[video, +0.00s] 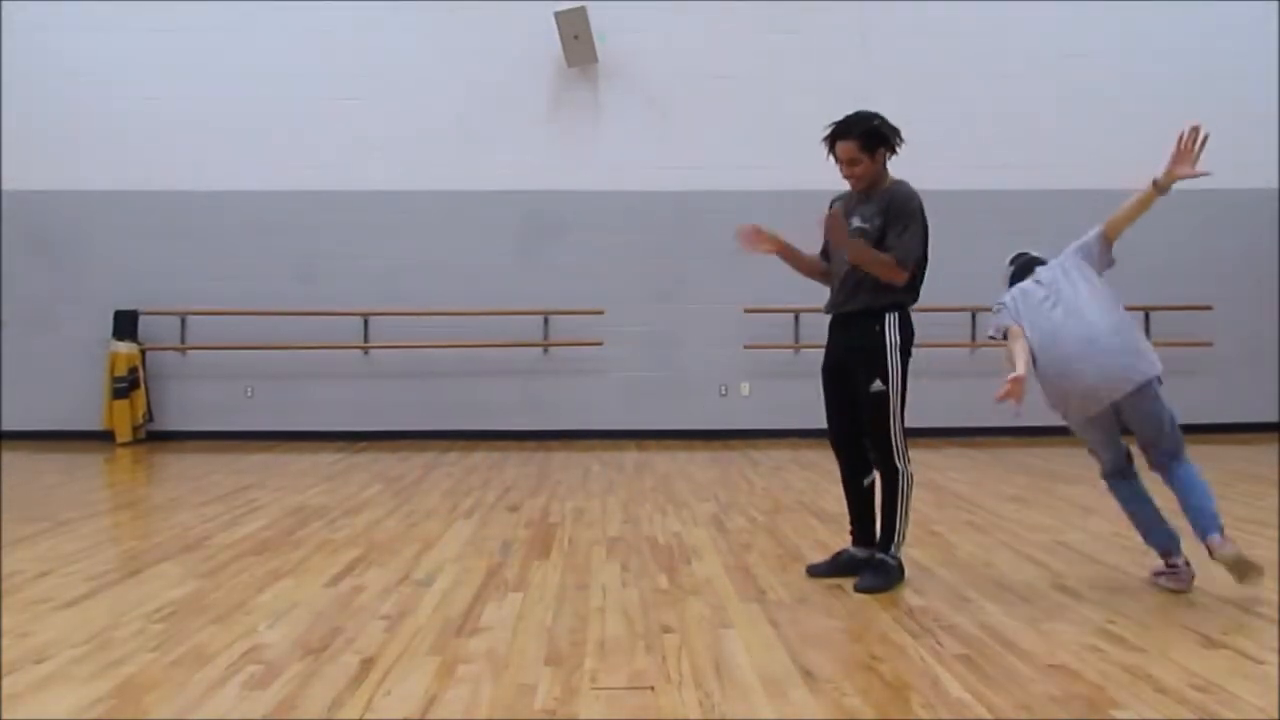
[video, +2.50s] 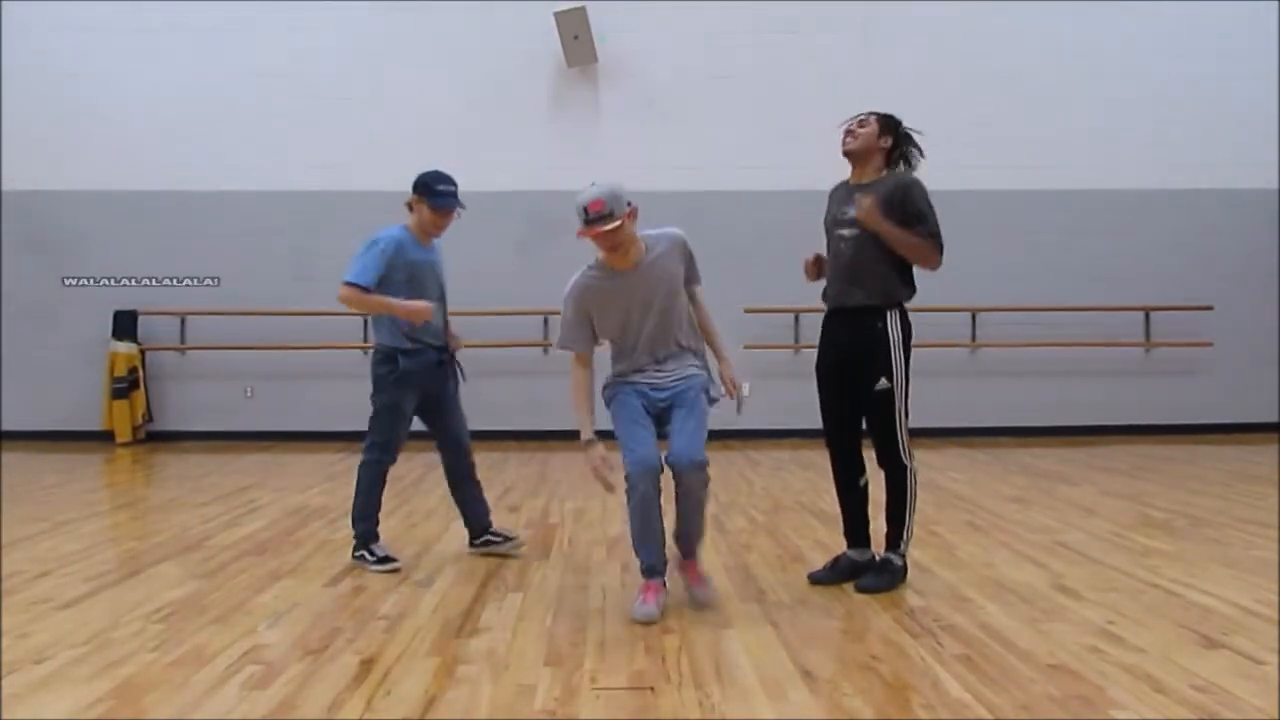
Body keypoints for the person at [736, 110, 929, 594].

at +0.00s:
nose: (846, 172)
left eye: (854, 162)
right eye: (840, 163)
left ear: (881, 155)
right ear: (837, 160)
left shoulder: (904, 201)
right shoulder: (843, 206)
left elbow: (900, 273)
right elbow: (830, 273)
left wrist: (846, 243)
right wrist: (782, 248)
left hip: (883, 329)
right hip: (844, 331)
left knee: (885, 444)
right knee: (848, 442)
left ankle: (889, 555)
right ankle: (862, 546)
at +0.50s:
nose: (827, 164)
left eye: (833, 153)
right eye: (821, 155)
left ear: (861, 145)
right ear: (820, 151)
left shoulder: (889, 186)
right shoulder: (830, 191)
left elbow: (894, 259)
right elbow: (821, 255)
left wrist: (859, 218)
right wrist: (773, 229)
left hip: (877, 316)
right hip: (837, 318)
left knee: (885, 437)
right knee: (845, 437)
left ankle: (889, 548)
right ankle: (852, 540)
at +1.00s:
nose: (834, 163)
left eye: (842, 151)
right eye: (826, 156)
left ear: (867, 147)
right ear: (821, 158)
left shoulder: (890, 196)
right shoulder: (831, 202)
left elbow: (900, 271)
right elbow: (821, 266)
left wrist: (858, 234)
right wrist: (769, 243)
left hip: (879, 324)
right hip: (840, 326)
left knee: (880, 440)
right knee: (846, 441)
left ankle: (892, 554)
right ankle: (861, 545)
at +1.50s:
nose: (845, 137)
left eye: (851, 131)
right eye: (833, 135)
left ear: (865, 146)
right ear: (820, 159)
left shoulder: (902, 184)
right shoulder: (821, 217)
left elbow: (948, 221)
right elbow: (827, 287)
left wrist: (934, 255)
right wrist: (804, 253)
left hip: (895, 329)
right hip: (846, 334)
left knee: (898, 448)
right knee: (848, 448)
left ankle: (890, 555)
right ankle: (856, 550)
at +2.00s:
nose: (857, 132)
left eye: (867, 130)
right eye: (848, 129)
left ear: (882, 153)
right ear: (834, 152)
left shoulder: (900, 191)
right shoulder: (830, 203)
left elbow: (947, 244)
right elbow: (836, 267)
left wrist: (912, 283)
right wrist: (812, 243)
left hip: (886, 329)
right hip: (839, 331)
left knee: (892, 447)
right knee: (844, 446)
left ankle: (893, 557)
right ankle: (858, 551)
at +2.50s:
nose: (850, 127)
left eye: (863, 123)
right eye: (849, 124)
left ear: (886, 142)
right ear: (844, 143)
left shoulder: (903, 187)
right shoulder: (838, 194)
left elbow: (932, 255)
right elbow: (848, 259)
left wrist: (878, 225)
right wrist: (824, 267)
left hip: (883, 324)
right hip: (838, 324)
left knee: (890, 443)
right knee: (841, 442)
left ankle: (895, 556)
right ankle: (857, 549)